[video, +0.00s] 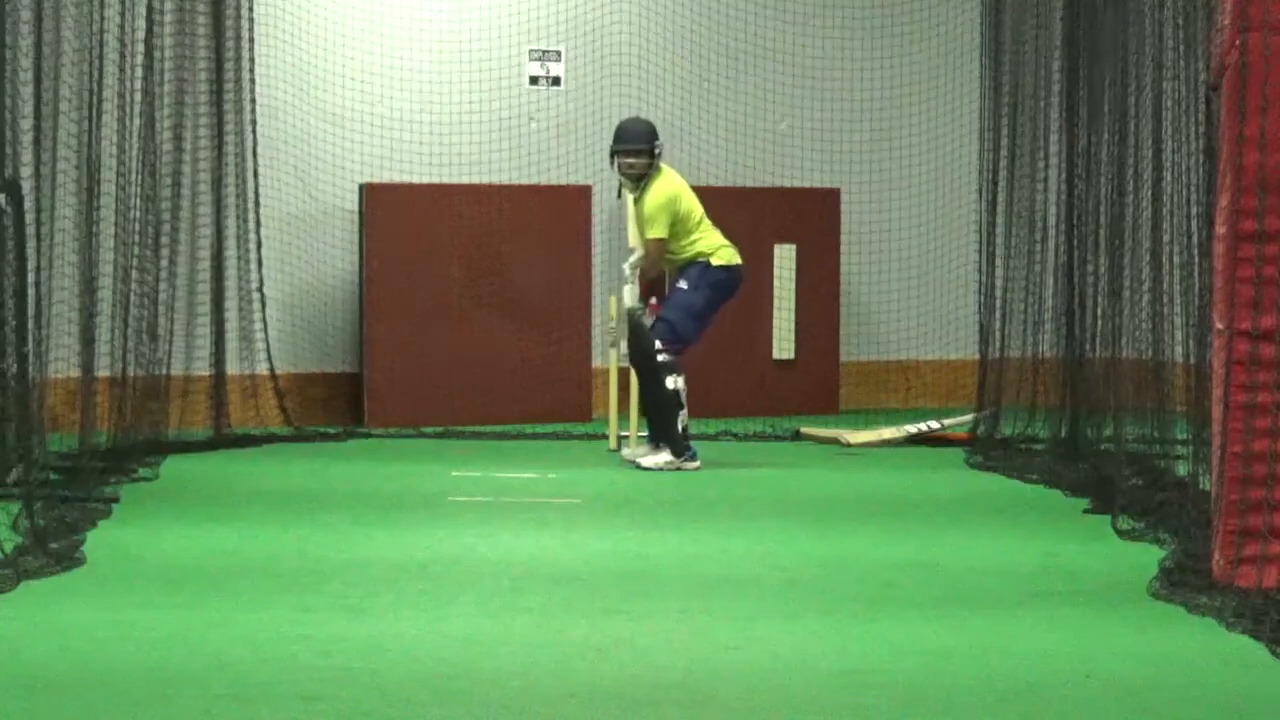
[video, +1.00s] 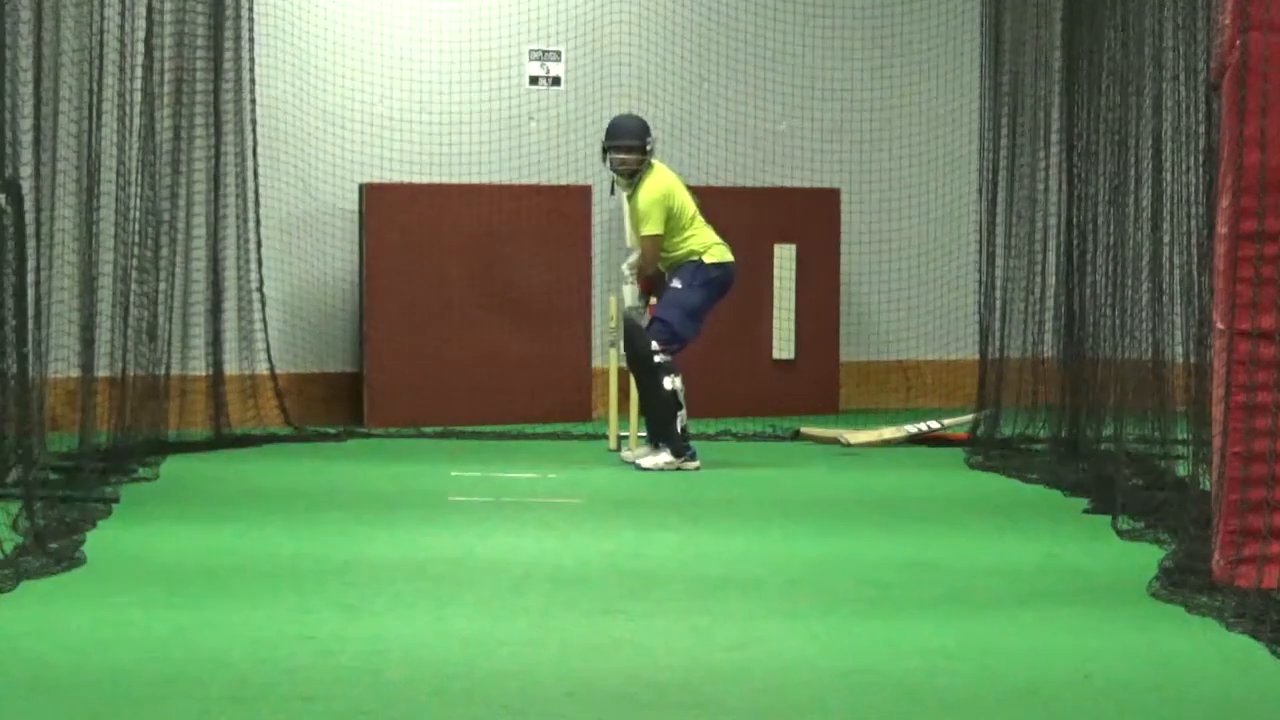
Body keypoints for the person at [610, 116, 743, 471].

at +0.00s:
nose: (631, 163)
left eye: (640, 155)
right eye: (624, 155)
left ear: (654, 156)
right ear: (614, 158)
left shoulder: (659, 193)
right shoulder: (637, 185)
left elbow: (654, 262)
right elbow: (644, 234)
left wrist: (637, 280)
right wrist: (641, 256)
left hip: (714, 264)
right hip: (692, 264)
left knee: (658, 346)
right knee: (648, 343)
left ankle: (677, 449)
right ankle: (661, 442)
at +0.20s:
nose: (631, 157)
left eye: (639, 149)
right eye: (623, 149)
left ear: (653, 151)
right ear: (614, 152)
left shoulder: (658, 187)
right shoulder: (635, 180)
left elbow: (653, 258)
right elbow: (644, 227)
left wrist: (637, 267)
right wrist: (641, 253)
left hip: (711, 262)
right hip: (689, 262)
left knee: (660, 347)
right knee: (651, 345)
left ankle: (677, 449)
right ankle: (660, 442)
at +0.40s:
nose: (628, 160)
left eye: (637, 152)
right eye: (621, 152)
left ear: (652, 153)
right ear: (612, 155)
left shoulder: (657, 191)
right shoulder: (635, 182)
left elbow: (652, 264)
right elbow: (645, 235)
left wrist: (646, 278)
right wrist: (642, 265)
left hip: (709, 264)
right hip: (687, 264)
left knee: (654, 347)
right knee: (643, 345)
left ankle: (678, 450)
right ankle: (659, 443)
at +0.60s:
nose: (627, 157)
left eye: (635, 149)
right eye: (620, 149)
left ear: (650, 151)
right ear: (610, 153)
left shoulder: (656, 189)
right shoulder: (631, 181)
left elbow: (651, 263)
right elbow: (639, 226)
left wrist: (650, 286)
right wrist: (638, 255)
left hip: (709, 263)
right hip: (687, 263)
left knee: (657, 346)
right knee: (645, 344)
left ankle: (679, 450)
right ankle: (659, 444)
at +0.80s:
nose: (625, 156)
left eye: (634, 148)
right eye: (618, 149)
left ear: (648, 150)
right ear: (609, 152)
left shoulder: (654, 187)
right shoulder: (636, 179)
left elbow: (649, 260)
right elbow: (644, 225)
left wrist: (647, 282)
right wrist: (640, 250)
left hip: (708, 262)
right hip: (688, 261)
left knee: (657, 347)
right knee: (648, 346)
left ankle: (678, 449)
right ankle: (660, 443)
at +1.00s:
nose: (625, 159)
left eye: (633, 151)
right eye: (617, 151)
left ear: (646, 152)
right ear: (606, 154)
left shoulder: (652, 189)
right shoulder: (634, 183)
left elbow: (649, 262)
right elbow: (642, 233)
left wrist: (643, 275)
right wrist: (638, 259)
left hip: (707, 263)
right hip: (685, 263)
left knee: (654, 347)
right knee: (645, 346)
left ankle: (678, 449)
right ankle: (659, 442)